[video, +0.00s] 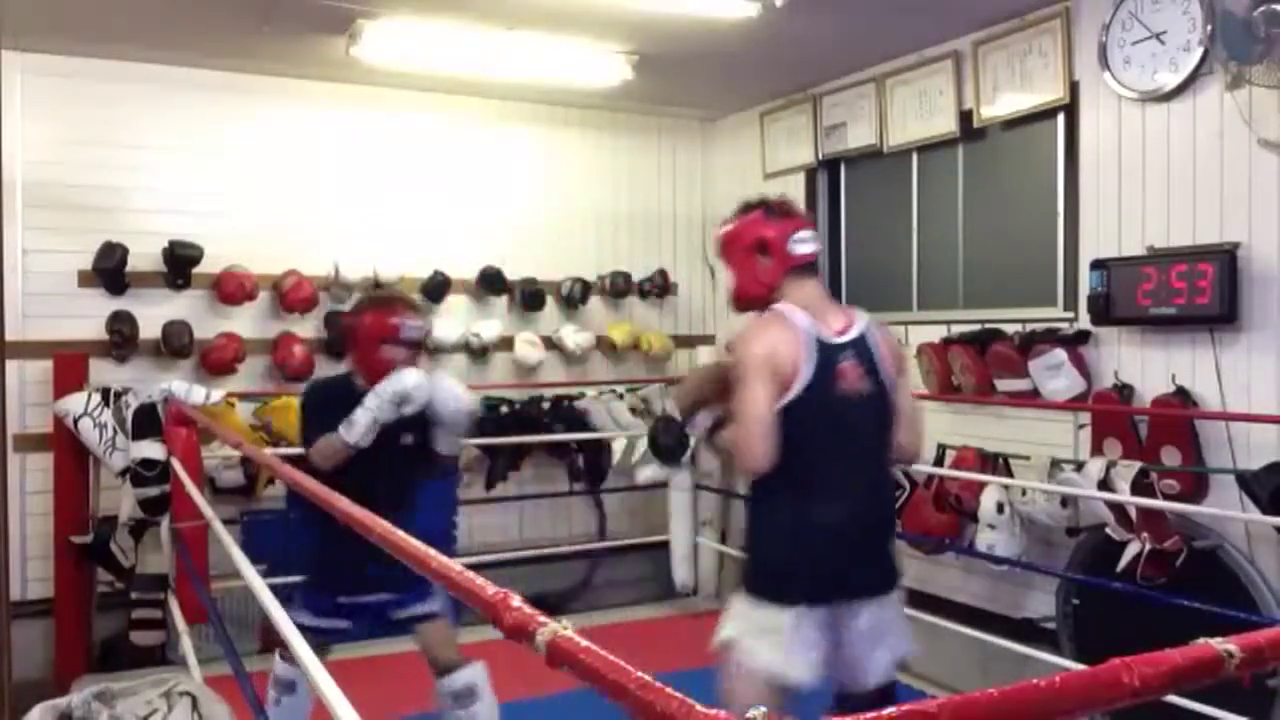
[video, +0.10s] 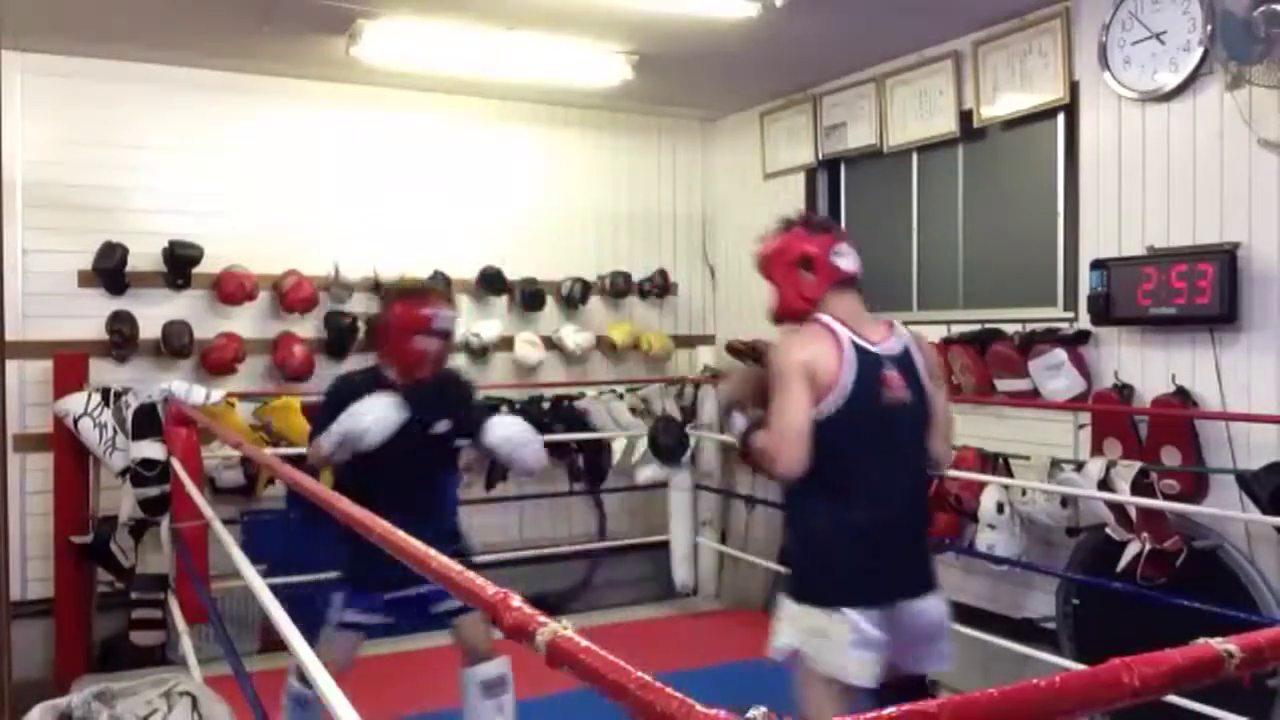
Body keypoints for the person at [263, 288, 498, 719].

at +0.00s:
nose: (409, 357)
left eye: (416, 346)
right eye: (398, 344)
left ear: (421, 349)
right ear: (365, 343)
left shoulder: (419, 400)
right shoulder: (326, 394)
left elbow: (437, 472)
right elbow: (320, 458)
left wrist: (450, 428)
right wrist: (374, 408)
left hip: (402, 557)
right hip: (333, 557)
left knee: (450, 662)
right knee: (290, 676)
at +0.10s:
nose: (432, 347)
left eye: (440, 337)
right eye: (422, 335)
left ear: (447, 343)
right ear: (395, 337)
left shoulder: (449, 389)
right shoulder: (352, 389)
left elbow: (481, 433)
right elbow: (314, 456)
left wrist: (509, 441)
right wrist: (344, 435)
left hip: (439, 549)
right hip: (370, 551)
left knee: (480, 646)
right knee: (331, 659)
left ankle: (495, 714)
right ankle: (298, 711)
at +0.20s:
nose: (461, 338)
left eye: (468, 327)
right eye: (450, 326)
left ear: (472, 332)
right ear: (417, 327)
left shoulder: (473, 383)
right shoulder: (373, 388)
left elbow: (508, 441)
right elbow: (331, 442)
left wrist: (500, 418)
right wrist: (306, 462)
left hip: (465, 532)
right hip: (401, 537)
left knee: (499, 645)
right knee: (380, 663)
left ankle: (502, 713)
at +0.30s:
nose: (470, 337)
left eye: (474, 325)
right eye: (459, 325)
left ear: (479, 326)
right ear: (425, 327)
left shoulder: (482, 380)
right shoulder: (378, 393)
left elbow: (516, 446)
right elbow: (365, 467)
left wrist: (497, 406)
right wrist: (335, 466)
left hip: (498, 533)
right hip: (434, 546)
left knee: (530, 651)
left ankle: (524, 711)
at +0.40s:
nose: (476, 344)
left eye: (478, 331)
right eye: (463, 332)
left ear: (482, 331)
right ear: (427, 334)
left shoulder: (486, 386)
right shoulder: (390, 406)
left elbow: (548, 437)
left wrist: (537, 427)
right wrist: (385, 480)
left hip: (518, 538)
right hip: (456, 554)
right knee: (476, 686)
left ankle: (581, 711)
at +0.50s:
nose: (493, 342)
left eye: (494, 330)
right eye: (483, 331)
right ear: (445, 335)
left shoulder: (494, 385)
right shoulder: (407, 404)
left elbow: (517, 436)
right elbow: (399, 487)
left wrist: (552, 436)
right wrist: (446, 480)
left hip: (531, 540)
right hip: (467, 561)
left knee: (630, 610)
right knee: (478, 695)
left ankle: (648, 712)